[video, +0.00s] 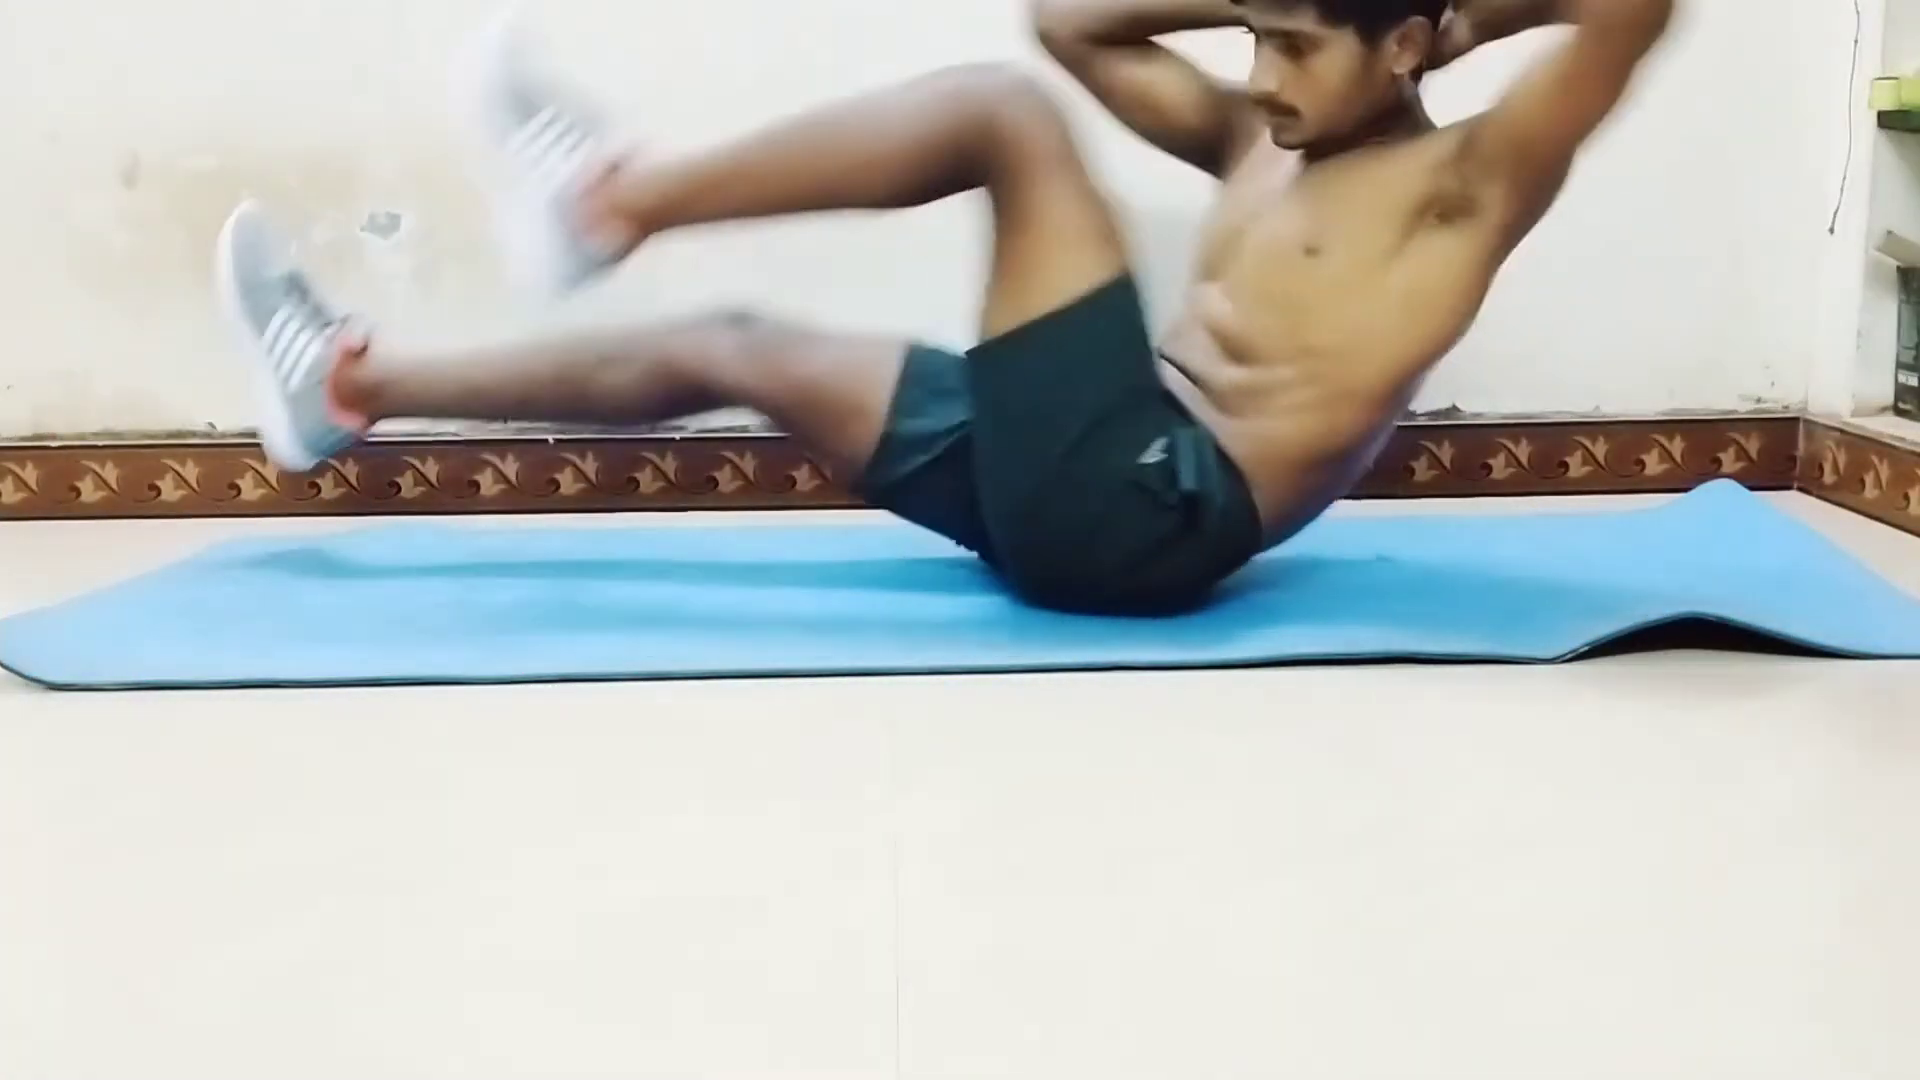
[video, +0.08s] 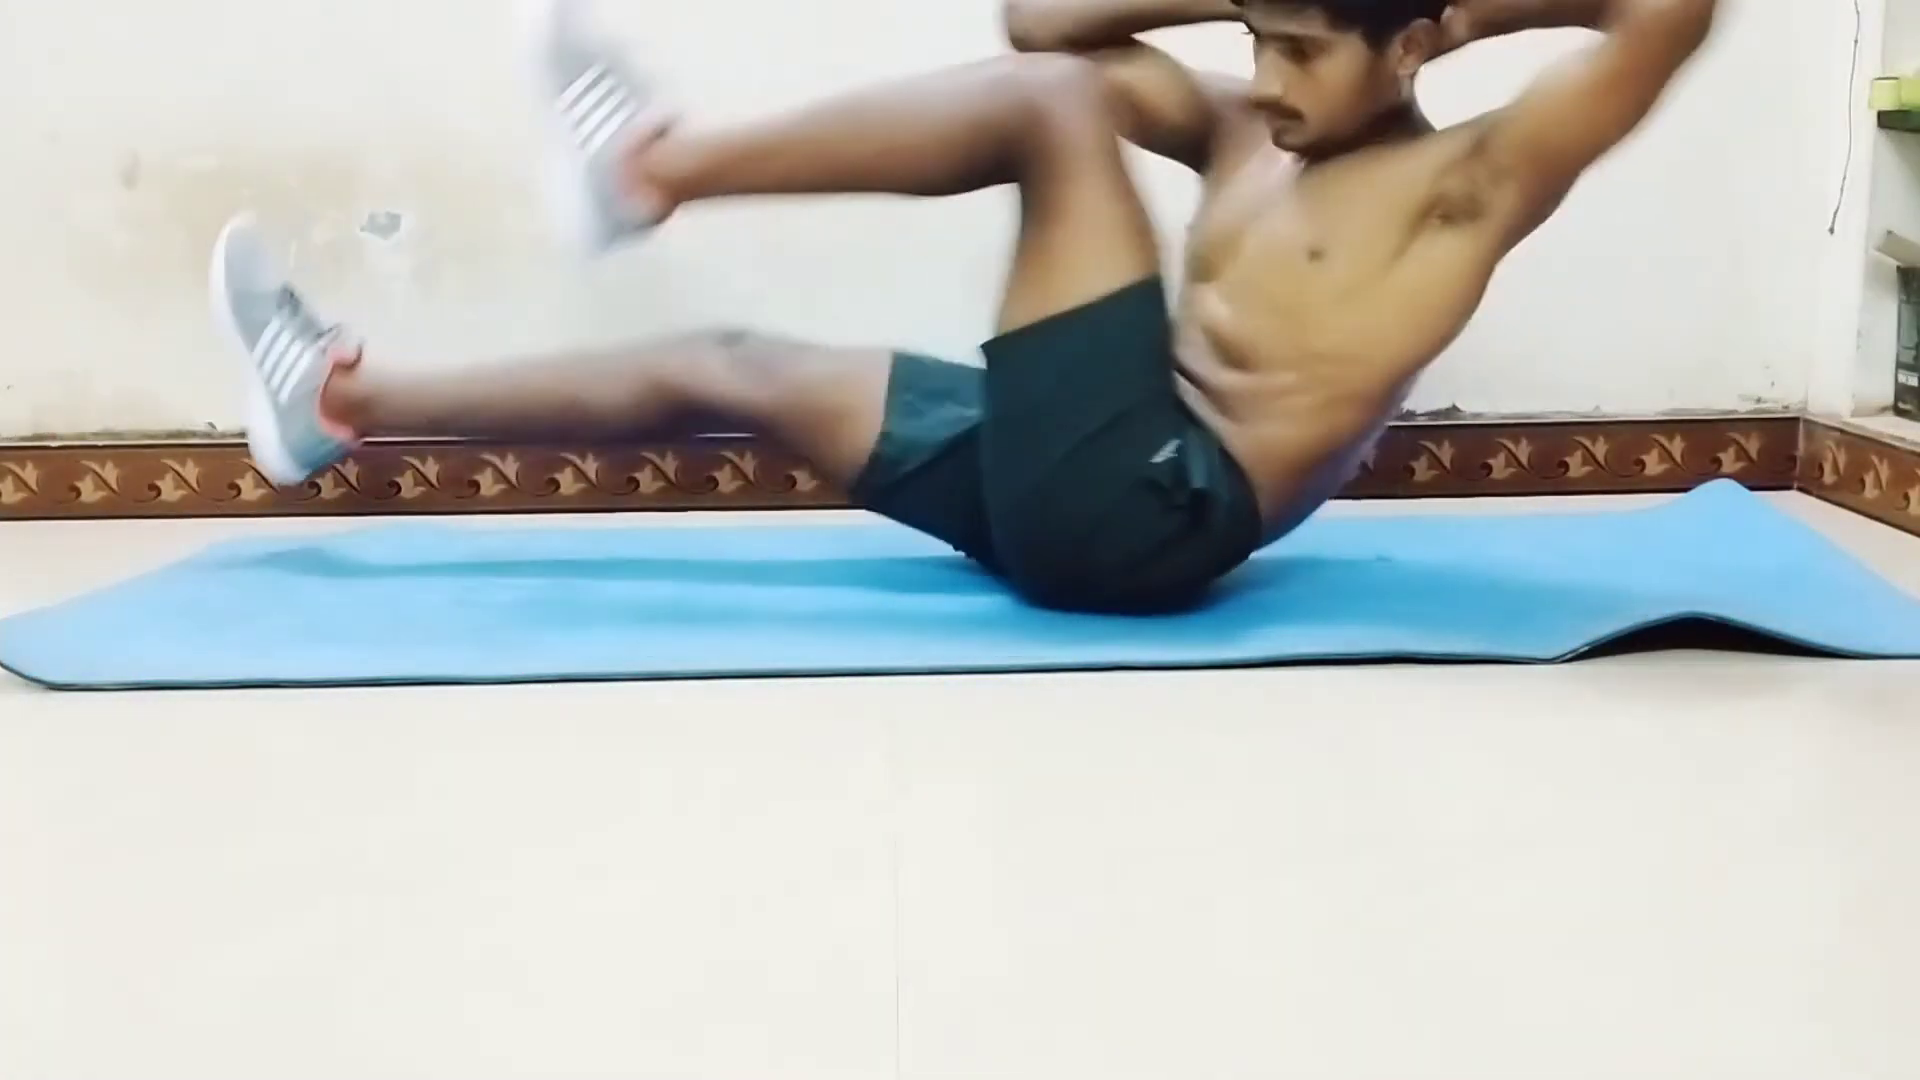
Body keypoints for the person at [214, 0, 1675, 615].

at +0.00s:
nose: (1267, 77)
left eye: (1298, 51)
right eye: (1262, 52)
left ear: (1400, 51)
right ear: (1280, 60)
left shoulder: (1467, 178)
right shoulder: (1258, 138)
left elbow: (1640, 15)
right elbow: (1063, 38)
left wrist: (1470, 27)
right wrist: (1256, 35)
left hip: (1153, 504)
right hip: (1066, 468)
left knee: (1015, 111)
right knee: (734, 345)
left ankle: (620, 198)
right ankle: (357, 384)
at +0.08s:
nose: (1273, 73)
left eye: (1305, 53)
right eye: (1266, 54)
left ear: (1401, 58)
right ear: (1276, 67)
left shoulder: (1473, 179)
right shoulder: (1248, 127)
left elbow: (1680, 22)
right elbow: (1055, 54)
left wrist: (1494, 25)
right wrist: (1202, 30)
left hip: (1154, 503)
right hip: (1063, 452)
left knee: (1057, 112)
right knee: (718, 371)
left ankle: (660, 171)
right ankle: (344, 404)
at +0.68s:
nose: (1262, 86)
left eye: (1288, 48)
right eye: (1249, 56)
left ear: (1392, 50)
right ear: (1264, 69)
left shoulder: (1454, 186)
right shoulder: (1307, 157)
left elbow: (1530, 31)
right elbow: (1151, 41)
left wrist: (1453, 31)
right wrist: (1281, 34)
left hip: (1147, 513)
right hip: (1102, 456)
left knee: (831, 208)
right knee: (840, 184)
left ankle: (383, 193)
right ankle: (495, 374)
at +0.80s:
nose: (1227, 71)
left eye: (1250, 44)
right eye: (1234, 44)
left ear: (1358, 50)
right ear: (1338, 53)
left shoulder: (1405, 176)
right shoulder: (1336, 178)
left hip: (1143, 502)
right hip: (1100, 429)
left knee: (753, 308)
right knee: (934, 136)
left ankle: (297, 274)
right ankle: (597, 286)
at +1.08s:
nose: (1232, 28)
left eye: (1246, 17)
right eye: (1245, 16)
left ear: (1318, 31)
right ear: (1372, 39)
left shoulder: (1312, 110)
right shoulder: (1415, 138)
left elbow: (1081, 47)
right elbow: (1155, 83)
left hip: (1128, 507)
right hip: (1150, 436)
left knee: (727, 431)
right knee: (1135, 111)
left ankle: (254, 471)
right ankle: (750, 161)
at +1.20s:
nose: (1233, 31)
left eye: (1248, 20)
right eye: (1247, 19)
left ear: (1321, 34)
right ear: (1372, 43)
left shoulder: (1329, 115)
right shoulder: (1407, 137)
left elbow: (1081, 53)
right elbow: (1149, 82)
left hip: (1131, 507)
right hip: (1148, 432)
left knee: (720, 429)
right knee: (1118, 111)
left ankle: (260, 474)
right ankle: (739, 155)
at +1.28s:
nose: (1255, 60)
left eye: (1278, 46)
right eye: (1278, 48)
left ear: (1357, 52)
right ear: (1382, 59)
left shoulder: (1359, 129)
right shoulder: (1374, 153)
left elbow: (1100, 34)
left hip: (1139, 507)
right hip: (1136, 428)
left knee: (736, 385)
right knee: (1057, 109)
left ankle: (287, 465)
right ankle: (667, 173)